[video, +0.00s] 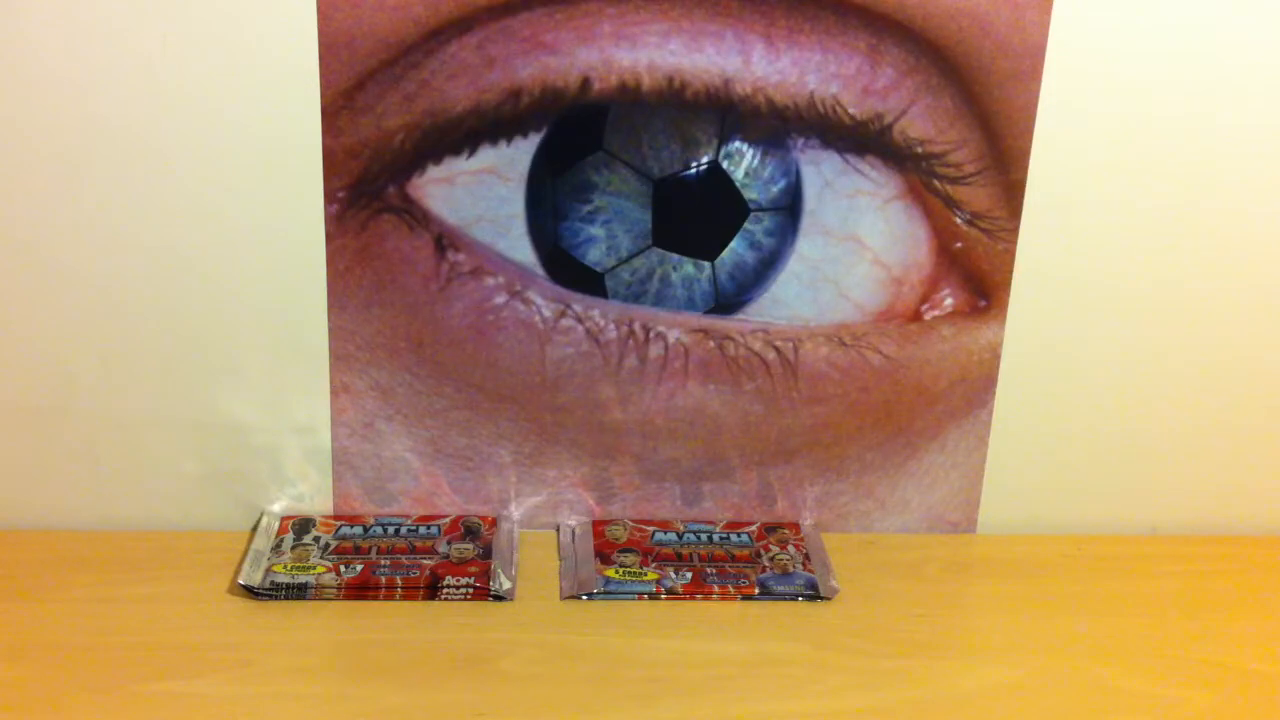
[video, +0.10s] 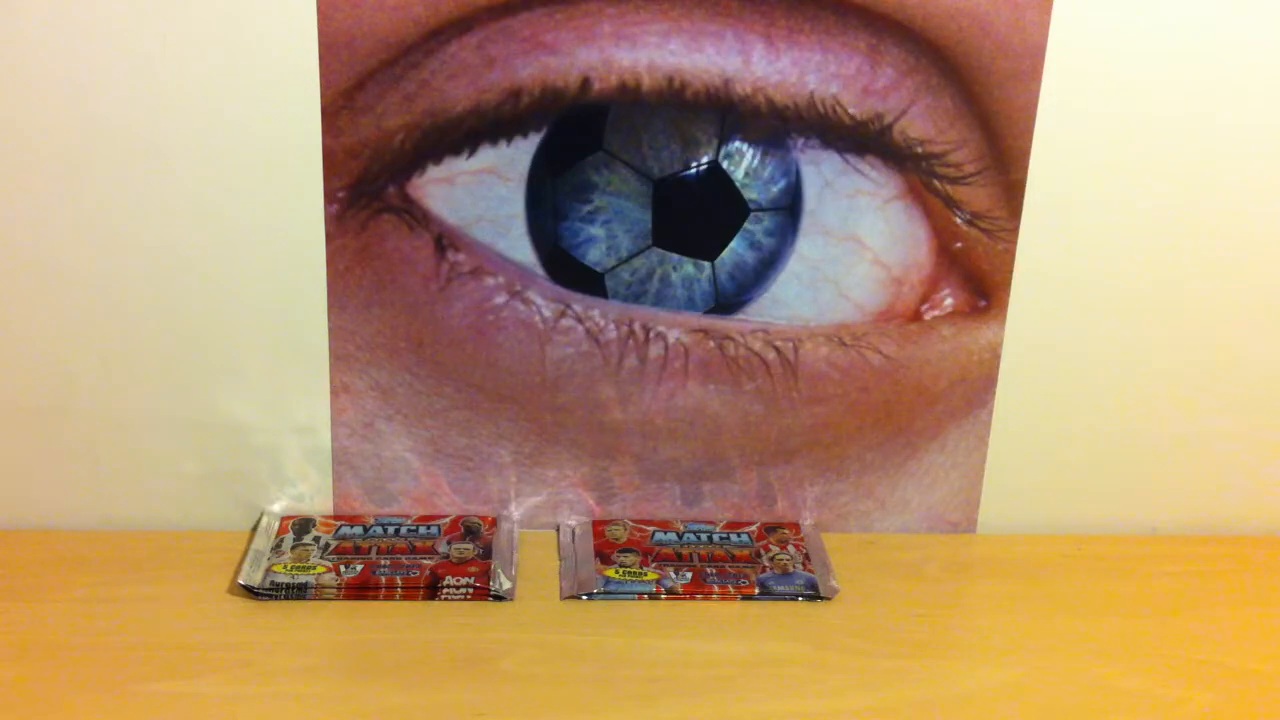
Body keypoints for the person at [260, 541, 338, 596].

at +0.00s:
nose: (309, 554)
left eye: (312, 551)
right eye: (305, 550)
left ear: (315, 552)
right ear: (292, 552)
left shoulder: (323, 568)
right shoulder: (274, 568)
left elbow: (328, 597)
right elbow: (262, 593)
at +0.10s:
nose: (309, 554)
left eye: (312, 551)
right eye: (305, 550)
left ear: (315, 551)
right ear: (292, 551)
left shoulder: (323, 568)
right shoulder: (274, 568)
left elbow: (328, 596)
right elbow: (262, 593)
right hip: (277, 610)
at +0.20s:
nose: (309, 554)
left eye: (312, 551)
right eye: (305, 550)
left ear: (315, 552)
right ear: (292, 552)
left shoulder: (323, 568)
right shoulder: (274, 568)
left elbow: (328, 597)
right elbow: (262, 594)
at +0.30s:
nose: (309, 554)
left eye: (311, 551)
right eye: (304, 551)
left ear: (315, 552)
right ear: (292, 552)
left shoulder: (323, 568)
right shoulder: (275, 567)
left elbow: (328, 596)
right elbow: (262, 593)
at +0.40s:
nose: (309, 554)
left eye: (312, 551)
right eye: (305, 551)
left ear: (315, 552)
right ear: (292, 552)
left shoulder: (323, 568)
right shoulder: (275, 567)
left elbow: (328, 596)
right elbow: (262, 593)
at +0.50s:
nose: (309, 554)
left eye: (312, 551)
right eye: (305, 551)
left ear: (315, 552)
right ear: (292, 552)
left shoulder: (323, 568)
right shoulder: (275, 567)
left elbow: (328, 596)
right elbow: (262, 593)